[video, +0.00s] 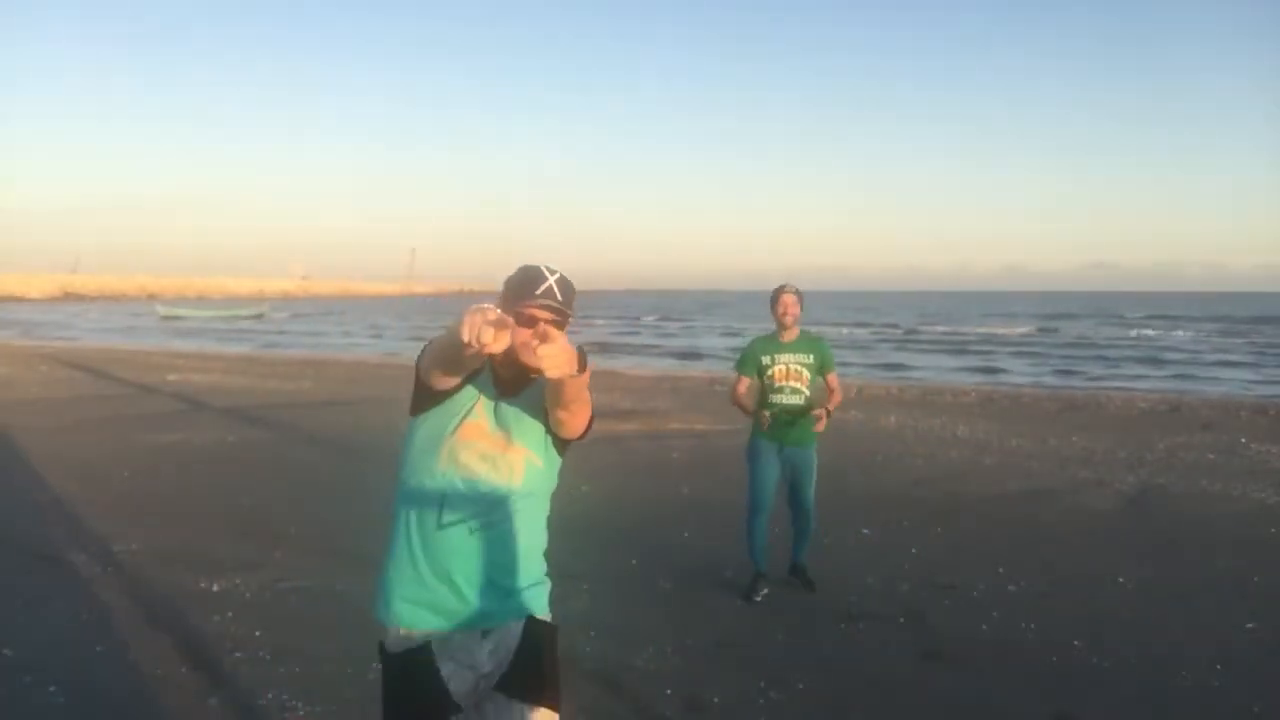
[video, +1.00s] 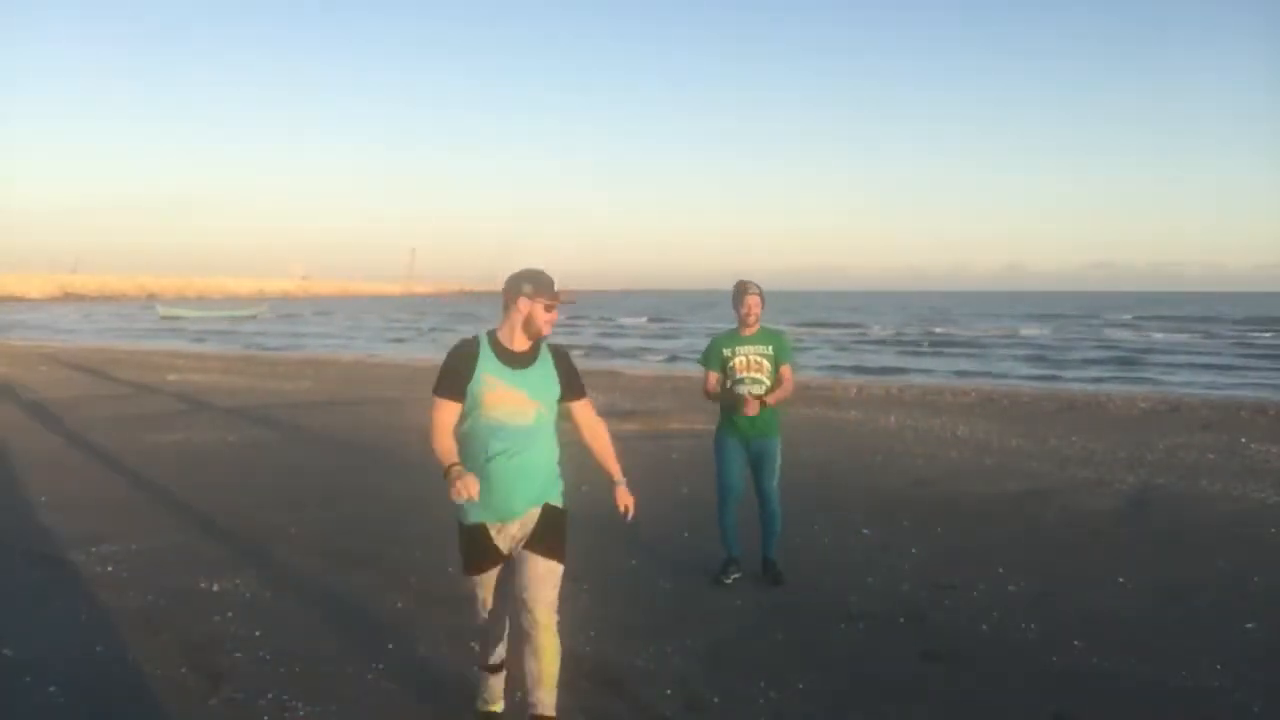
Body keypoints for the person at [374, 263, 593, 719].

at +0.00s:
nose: (537, 332)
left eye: (550, 323)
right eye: (526, 319)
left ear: (565, 330)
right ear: (500, 318)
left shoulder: (557, 395)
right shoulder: (444, 371)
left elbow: (571, 415)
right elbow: (445, 361)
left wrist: (566, 372)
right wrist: (472, 342)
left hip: (518, 617)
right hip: (423, 616)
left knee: (534, 711)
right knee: (414, 712)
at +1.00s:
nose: (555, 317)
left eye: (556, 308)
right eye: (547, 307)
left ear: (537, 308)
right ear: (519, 304)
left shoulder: (556, 360)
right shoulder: (467, 355)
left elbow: (589, 422)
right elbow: (441, 426)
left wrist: (619, 479)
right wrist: (454, 468)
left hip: (543, 505)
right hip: (481, 509)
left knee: (540, 614)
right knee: (487, 614)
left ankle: (544, 710)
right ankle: (491, 695)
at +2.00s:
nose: (540, 306)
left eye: (546, 299)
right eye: (533, 299)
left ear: (554, 303)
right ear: (521, 301)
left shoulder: (567, 344)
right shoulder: (499, 342)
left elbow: (588, 392)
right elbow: (481, 397)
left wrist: (606, 437)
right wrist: (494, 436)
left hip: (556, 458)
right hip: (510, 458)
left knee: (548, 538)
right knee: (511, 538)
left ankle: (541, 613)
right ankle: (519, 582)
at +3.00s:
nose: (583, 313)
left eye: (589, 307)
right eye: (578, 306)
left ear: (595, 309)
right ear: (565, 303)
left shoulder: (602, 342)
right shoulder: (541, 336)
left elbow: (611, 394)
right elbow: (525, 381)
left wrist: (606, 441)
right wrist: (522, 428)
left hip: (588, 443)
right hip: (544, 441)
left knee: (590, 510)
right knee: (537, 510)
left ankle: (592, 570)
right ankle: (531, 575)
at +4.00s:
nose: (567, 310)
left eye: (572, 305)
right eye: (561, 304)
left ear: (577, 306)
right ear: (550, 303)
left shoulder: (589, 335)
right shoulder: (532, 340)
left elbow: (606, 378)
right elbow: (512, 387)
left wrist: (613, 419)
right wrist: (506, 431)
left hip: (588, 430)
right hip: (545, 433)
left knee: (599, 494)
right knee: (544, 498)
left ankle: (610, 556)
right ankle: (540, 560)